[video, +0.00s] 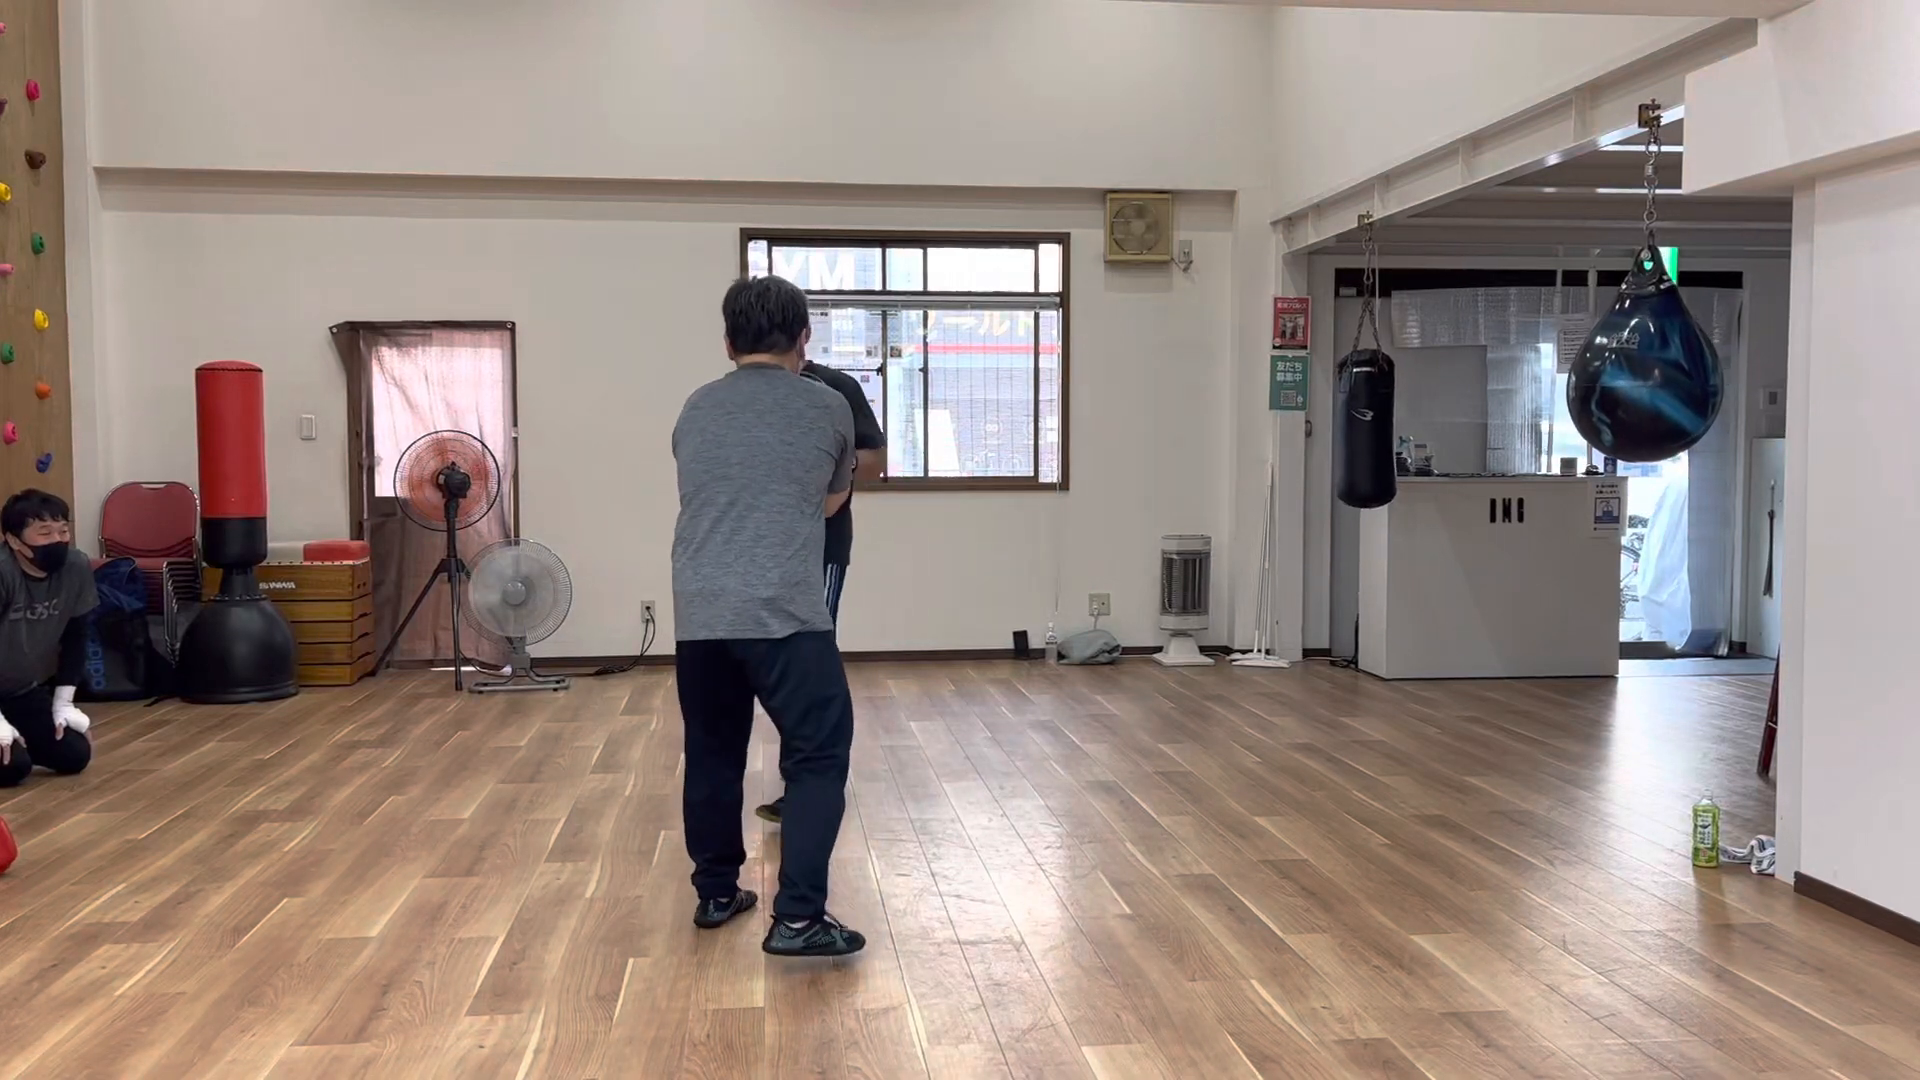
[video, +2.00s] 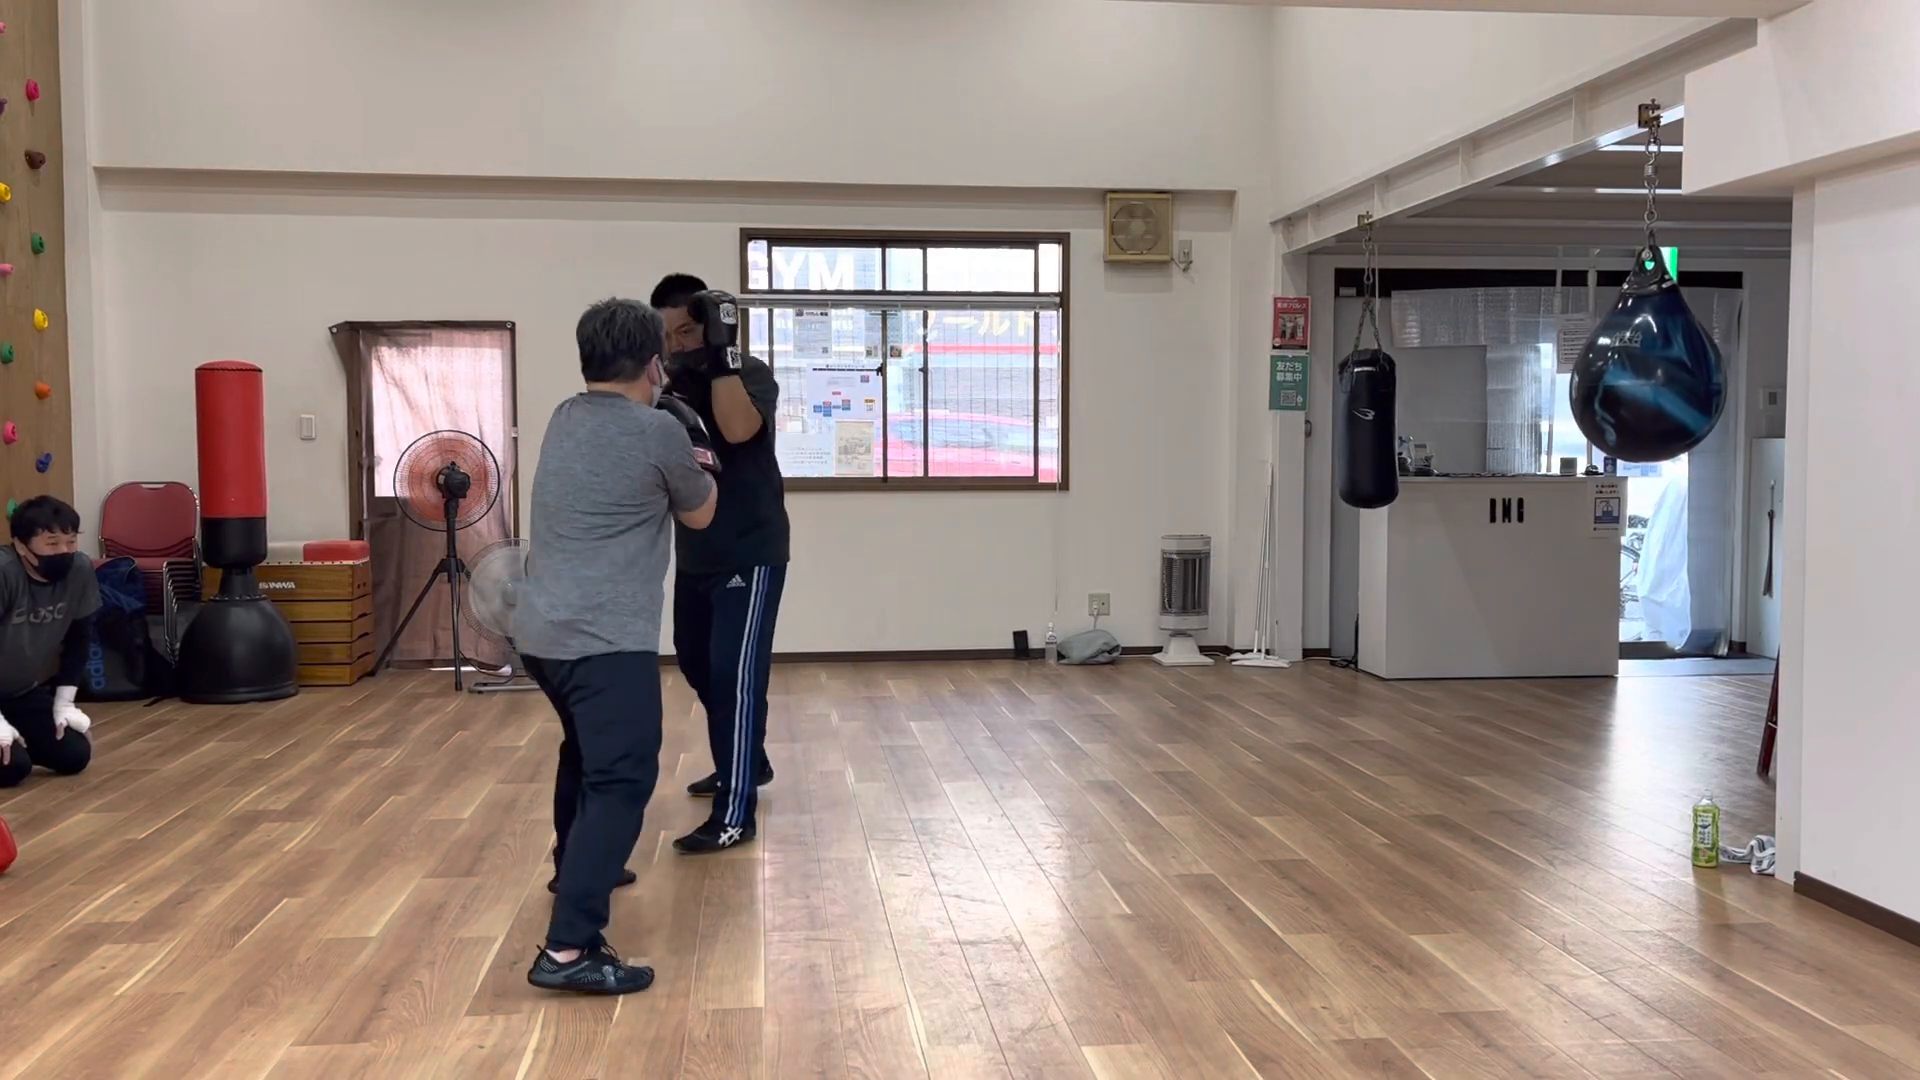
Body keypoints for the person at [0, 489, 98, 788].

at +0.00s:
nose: (58, 541)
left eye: (63, 531)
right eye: (45, 533)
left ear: (70, 531)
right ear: (13, 540)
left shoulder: (75, 567)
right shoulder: (4, 574)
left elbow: (76, 638)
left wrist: (63, 701)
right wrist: (2, 721)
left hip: (27, 690)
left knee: (74, 756)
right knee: (14, 766)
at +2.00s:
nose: (64, 552)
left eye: (70, 542)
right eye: (52, 544)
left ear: (77, 540)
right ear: (21, 545)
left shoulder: (79, 570)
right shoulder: (6, 573)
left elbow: (78, 639)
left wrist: (64, 700)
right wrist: (1, 721)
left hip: (27, 690)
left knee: (74, 756)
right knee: (14, 766)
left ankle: (13, 741)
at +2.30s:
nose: (65, 553)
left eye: (71, 543)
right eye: (53, 544)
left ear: (78, 540)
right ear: (22, 546)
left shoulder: (80, 570)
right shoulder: (6, 573)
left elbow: (79, 640)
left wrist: (64, 701)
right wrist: (2, 721)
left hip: (27, 690)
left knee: (74, 756)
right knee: (14, 766)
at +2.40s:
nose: (65, 552)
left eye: (71, 543)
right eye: (53, 544)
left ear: (78, 540)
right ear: (22, 545)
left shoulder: (80, 570)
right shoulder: (6, 573)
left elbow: (79, 639)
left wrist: (64, 700)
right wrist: (2, 721)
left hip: (28, 690)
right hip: (0, 695)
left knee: (74, 756)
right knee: (14, 766)